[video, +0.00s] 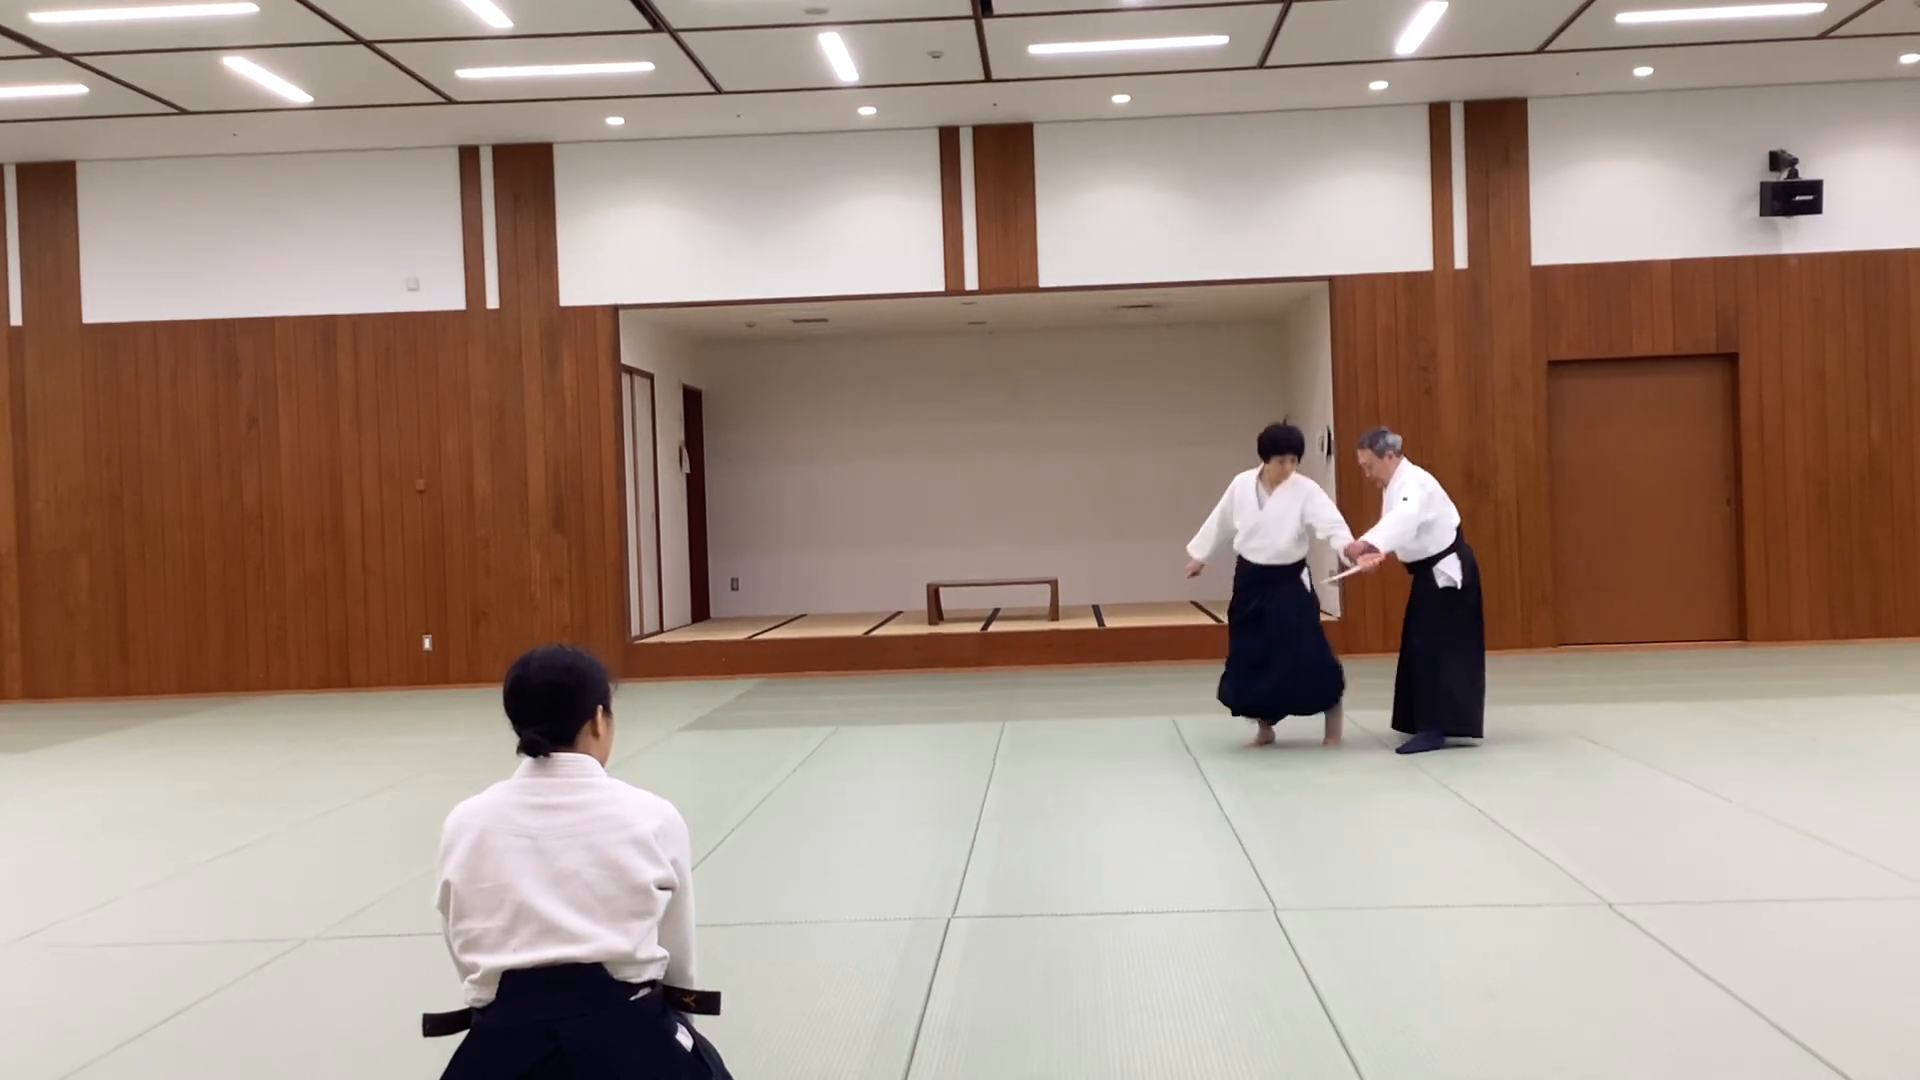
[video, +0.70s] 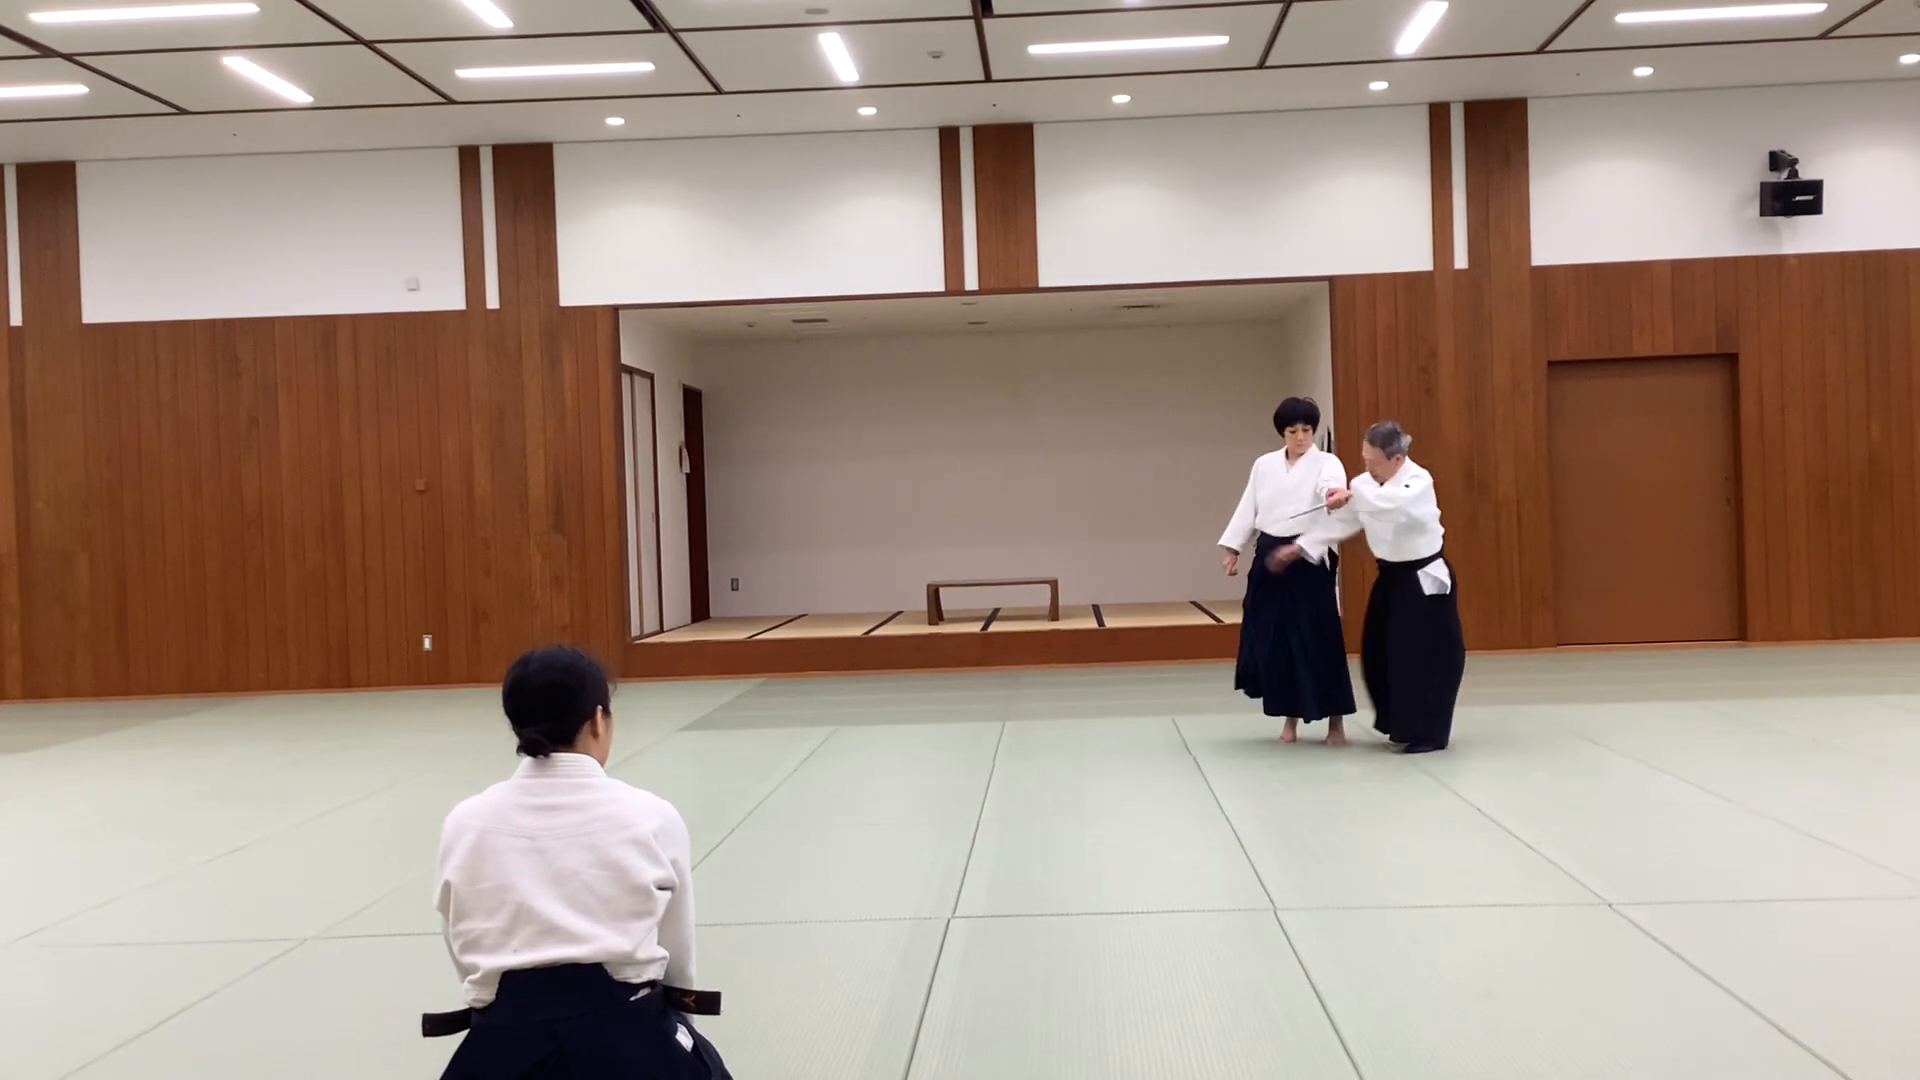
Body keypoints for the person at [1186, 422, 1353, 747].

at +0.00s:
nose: (1288, 467)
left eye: (1293, 461)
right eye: (1282, 461)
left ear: (1297, 459)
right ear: (1265, 458)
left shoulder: (1306, 490)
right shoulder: (1242, 484)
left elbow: (1331, 523)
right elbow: (1219, 521)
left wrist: (1349, 547)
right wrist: (1199, 556)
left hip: (1290, 581)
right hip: (1249, 579)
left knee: (1305, 649)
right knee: (1252, 651)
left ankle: (1332, 707)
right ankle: (1265, 728)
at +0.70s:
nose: (1300, 436)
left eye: (1306, 429)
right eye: (1293, 430)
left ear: (1315, 431)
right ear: (1281, 431)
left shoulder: (1328, 465)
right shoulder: (1264, 465)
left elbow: (1337, 515)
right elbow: (1248, 507)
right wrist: (1234, 546)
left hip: (1312, 558)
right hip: (1269, 556)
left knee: (1319, 637)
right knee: (1279, 637)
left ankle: (1335, 722)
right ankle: (1290, 719)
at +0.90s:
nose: (1291, 437)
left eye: (1298, 430)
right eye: (1284, 431)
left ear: (1310, 432)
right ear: (1276, 433)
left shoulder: (1320, 470)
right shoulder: (1262, 463)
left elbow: (1304, 517)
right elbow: (1245, 506)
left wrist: (1261, 544)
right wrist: (1232, 545)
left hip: (1301, 570)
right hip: (1264, 568)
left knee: (1300, 643)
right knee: (1268, 642)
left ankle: (1305, 718)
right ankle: (1286, 713)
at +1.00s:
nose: (1273, 451)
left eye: (1280, 444)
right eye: (1267, 444)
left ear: (1295, 444)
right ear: (1261, 443)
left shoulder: (1307, 482)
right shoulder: (1252, 472)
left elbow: (1296, 536)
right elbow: (1236, 515)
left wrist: (1257, 568)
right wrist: (1226, 556)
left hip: (1284, 571)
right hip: (1246, 565)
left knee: (1270, 642)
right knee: (1233, 636)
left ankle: (1262, 719)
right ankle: (1248, 717)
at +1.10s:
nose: (1240, 480)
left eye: (1246, 473)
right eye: (1236, 473)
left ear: (1263, 472)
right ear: (1233, 472)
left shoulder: (1285, 506)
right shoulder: (1227, 500)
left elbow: (1285, 560)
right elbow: (1218, 543)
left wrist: (1262, 602)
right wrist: (1213, 577)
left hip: (1271, 585)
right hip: (1235, 582)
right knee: (1207, 633)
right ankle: (1198, 720)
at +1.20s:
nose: (1196, 524)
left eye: (1200, 517)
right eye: (1193, 518)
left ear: (1216, 513)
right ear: (1191, 517)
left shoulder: (1250, 534)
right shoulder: (1189, 542)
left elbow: (1273, 582)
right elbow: (1177, 577)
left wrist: (1268, 630)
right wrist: (1176, 618)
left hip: (1251, 611)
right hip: (1216, 610)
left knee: (1244, 670)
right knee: (1190, 661)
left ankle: (1245, 734)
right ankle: (1171, 734)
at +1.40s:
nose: (1138, 625)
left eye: (1139, 619)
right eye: (1131, 623)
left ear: (1141, 607)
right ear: (1114, 620)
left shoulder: (1161, 596)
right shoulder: (1101, 623)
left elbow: (1214, 604)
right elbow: (1080, 670)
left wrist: (1247, 617)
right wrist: (1099, 716)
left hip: (1171, 636)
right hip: (1138, 647)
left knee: (1173, 688)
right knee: (1144, 692)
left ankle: (1174, 741)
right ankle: (1150, 742)